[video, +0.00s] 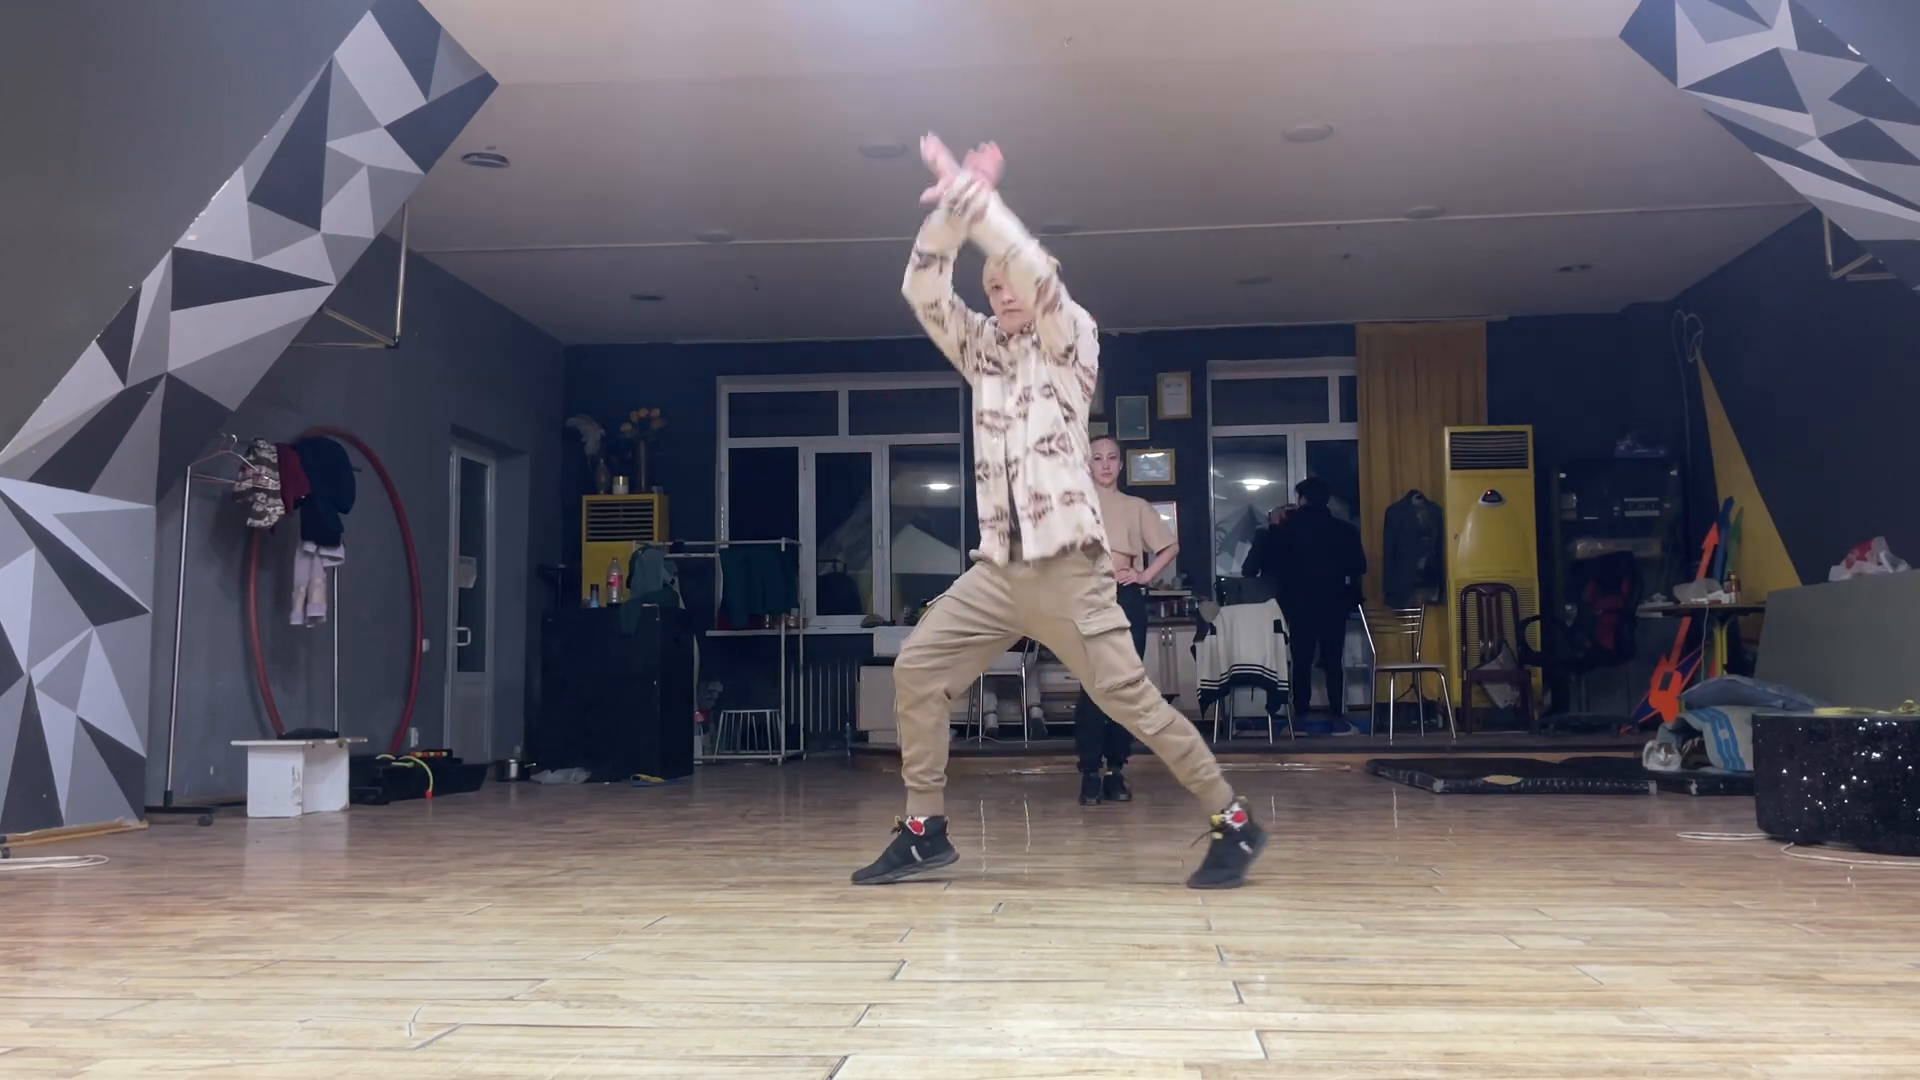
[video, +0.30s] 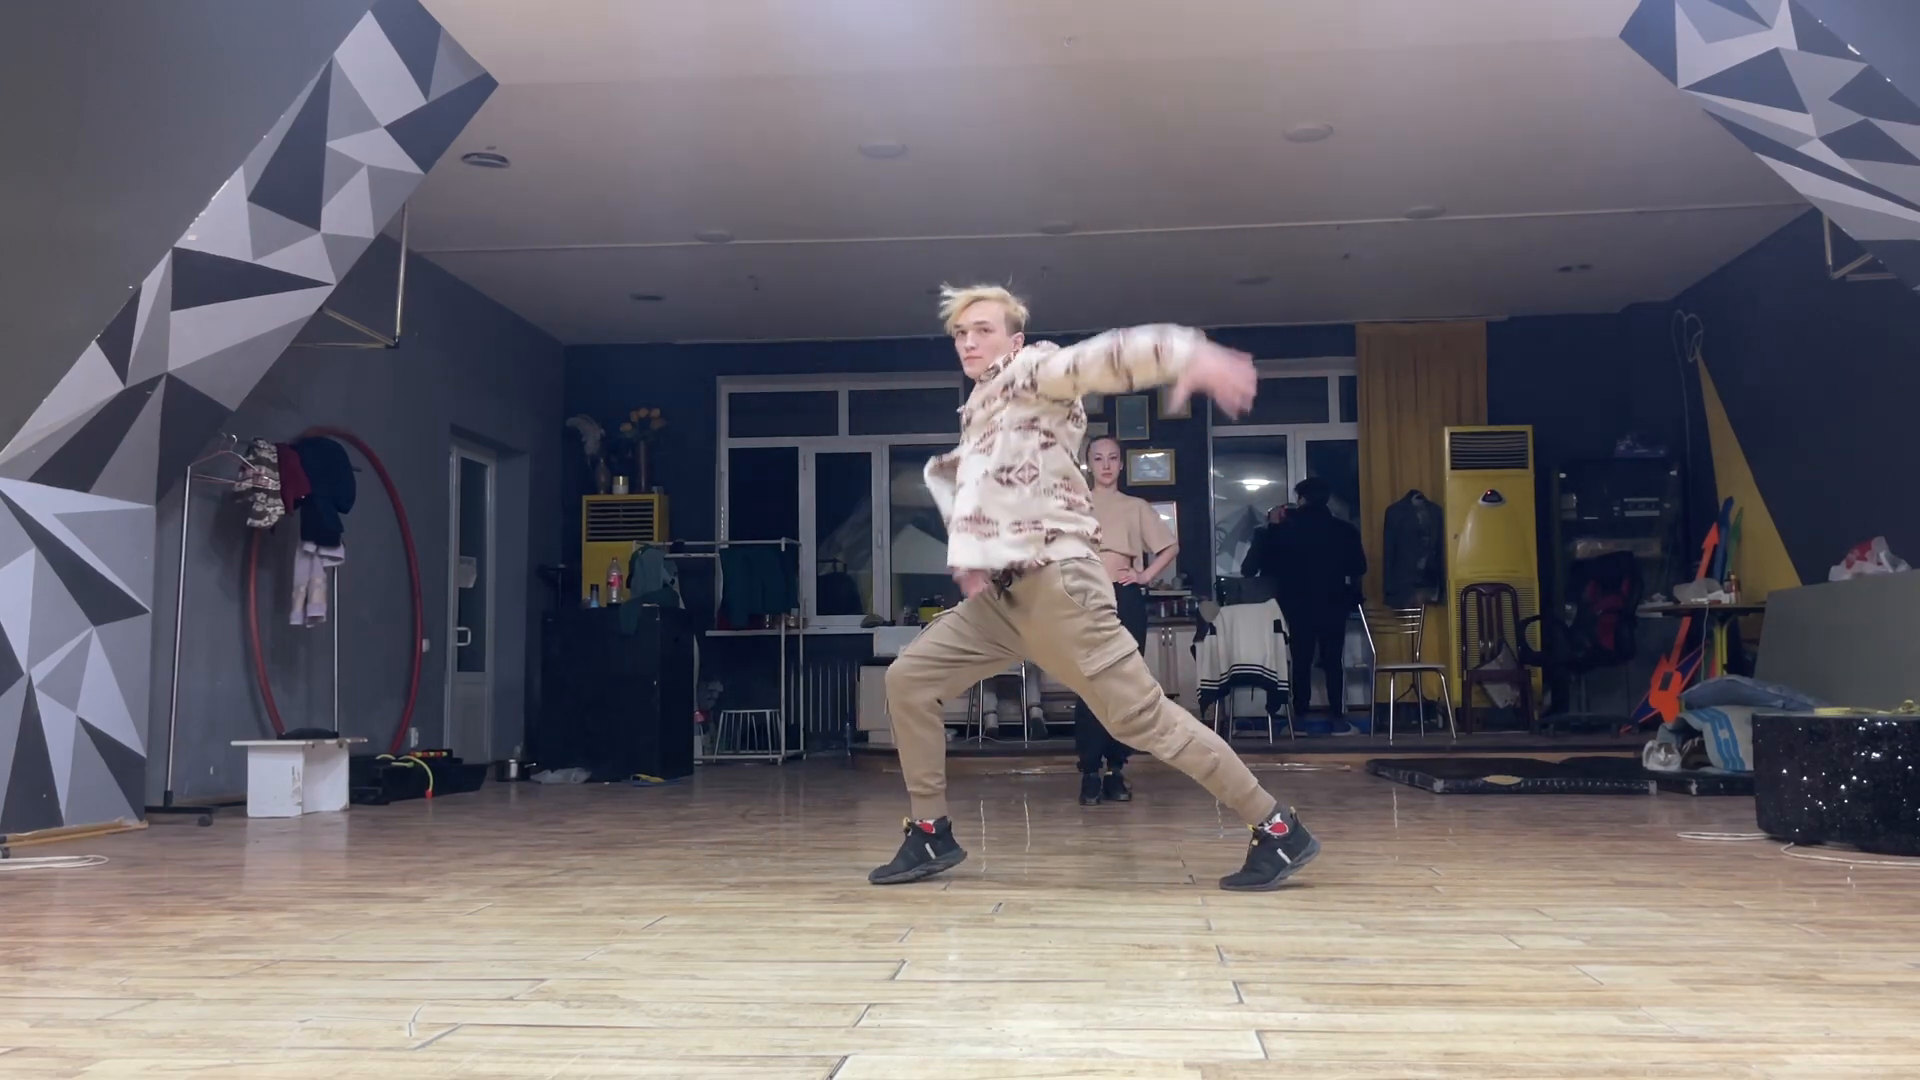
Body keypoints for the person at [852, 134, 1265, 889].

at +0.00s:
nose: (999, 294)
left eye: (1010, 281)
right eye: (991, 286)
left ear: (1041, 285)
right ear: (984, 294)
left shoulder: (1070, 344)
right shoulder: (982, 347)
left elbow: (1035, 271)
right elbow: (925, 292)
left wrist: (979, 202)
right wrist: (947, 212)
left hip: (1069, 566)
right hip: (998, 568)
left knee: (1132, 702)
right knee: (917, 668)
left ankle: (1232, 823)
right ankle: (924, 830)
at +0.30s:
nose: (968, 342)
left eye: (982, 329)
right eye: (961, 333)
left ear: (1015, 336)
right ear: (955, 345)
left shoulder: (1033, 370)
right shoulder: (981, 408)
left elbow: (1098, 359)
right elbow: (991, 482)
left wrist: (1189, 353)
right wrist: (974, 550)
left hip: (1060, 585)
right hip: (1001, 595)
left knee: (1142, 717)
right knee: (909, 681)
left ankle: (1277, 827)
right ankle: (930, 833)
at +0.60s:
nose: (1077, 301)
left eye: (1074, 290)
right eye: (1069, 289)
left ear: (1040, 295)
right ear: (1041, 292)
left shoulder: (1053, 367)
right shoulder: (1000, 357)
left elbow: (1057, 478)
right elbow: (985, 450)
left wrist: (1108, 531)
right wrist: (1056, 505)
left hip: (1052, 550)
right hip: (1005, 544)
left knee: (1088, 705)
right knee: (999, 697)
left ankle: (989, 834)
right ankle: (889, 799)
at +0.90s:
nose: (967, 354)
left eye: (962, 339)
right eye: (960, 350)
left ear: (977, 309)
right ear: (983, 323)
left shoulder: (1021, 305)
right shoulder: (1075, 358)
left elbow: (969, 243)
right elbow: (1150, 442)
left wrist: (880, 218)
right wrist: (1166, 536)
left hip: (1092, 495)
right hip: (1148, 504)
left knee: (981, 628)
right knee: (1100, 634)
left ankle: (1059, 775)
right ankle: (1170, 758)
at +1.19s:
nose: (965, 576)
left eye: (962, 560)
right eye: (953, 571)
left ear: (981, 523)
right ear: (958, 564)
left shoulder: (1020, 478)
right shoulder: (1011, 599)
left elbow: (996, 372)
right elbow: (1056, 644)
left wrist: (976, 279)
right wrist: (1053, 682)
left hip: (1188, 598)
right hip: (1124, 624)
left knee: (1110, 703)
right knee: (1063, 711)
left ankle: (1204, 864)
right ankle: (1149, 840)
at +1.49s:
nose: (954, 318)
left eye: (961, 300)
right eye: (944, 311)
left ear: (1001, 288)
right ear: (945, 320)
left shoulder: (1067, 333)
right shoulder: (980, 380)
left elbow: (1142, 423)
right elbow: (1017, 472)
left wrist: (1141, 508)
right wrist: (1009, 549)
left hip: (1117, 525)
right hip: (1054, 541)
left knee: (1078, 662)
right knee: (1029, 680)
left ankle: (1119, 835)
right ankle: (1107, 818)